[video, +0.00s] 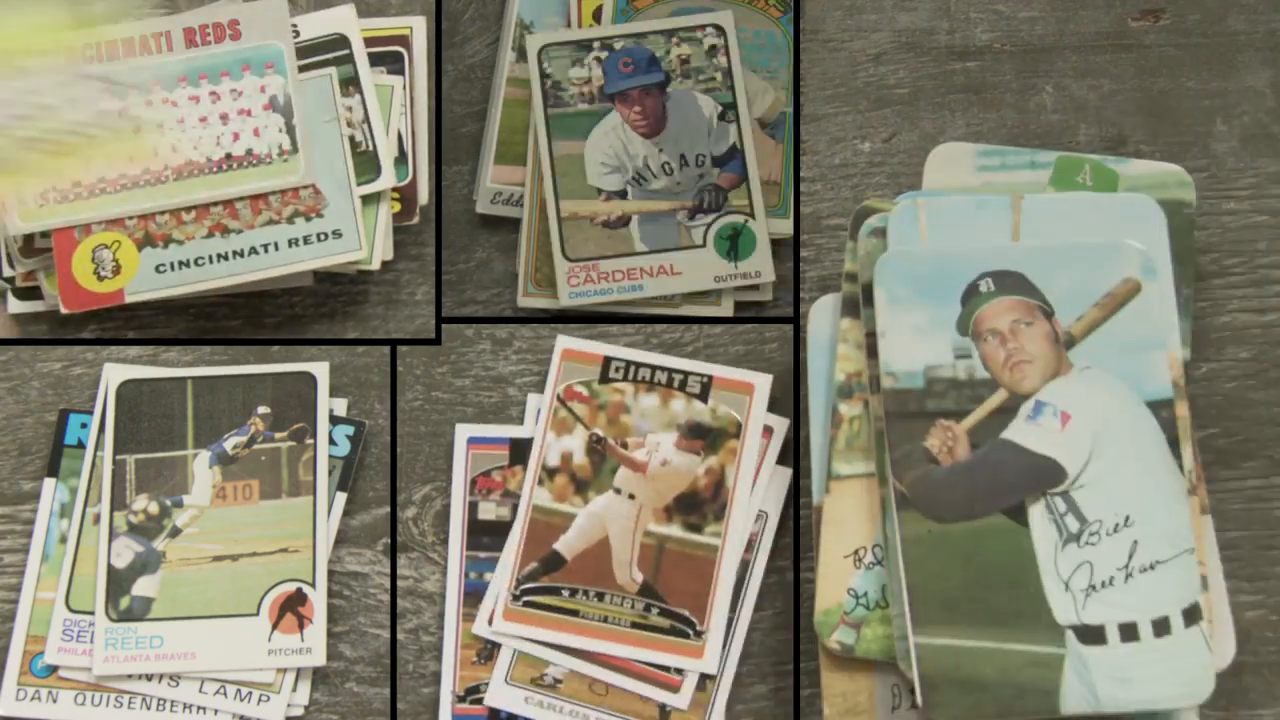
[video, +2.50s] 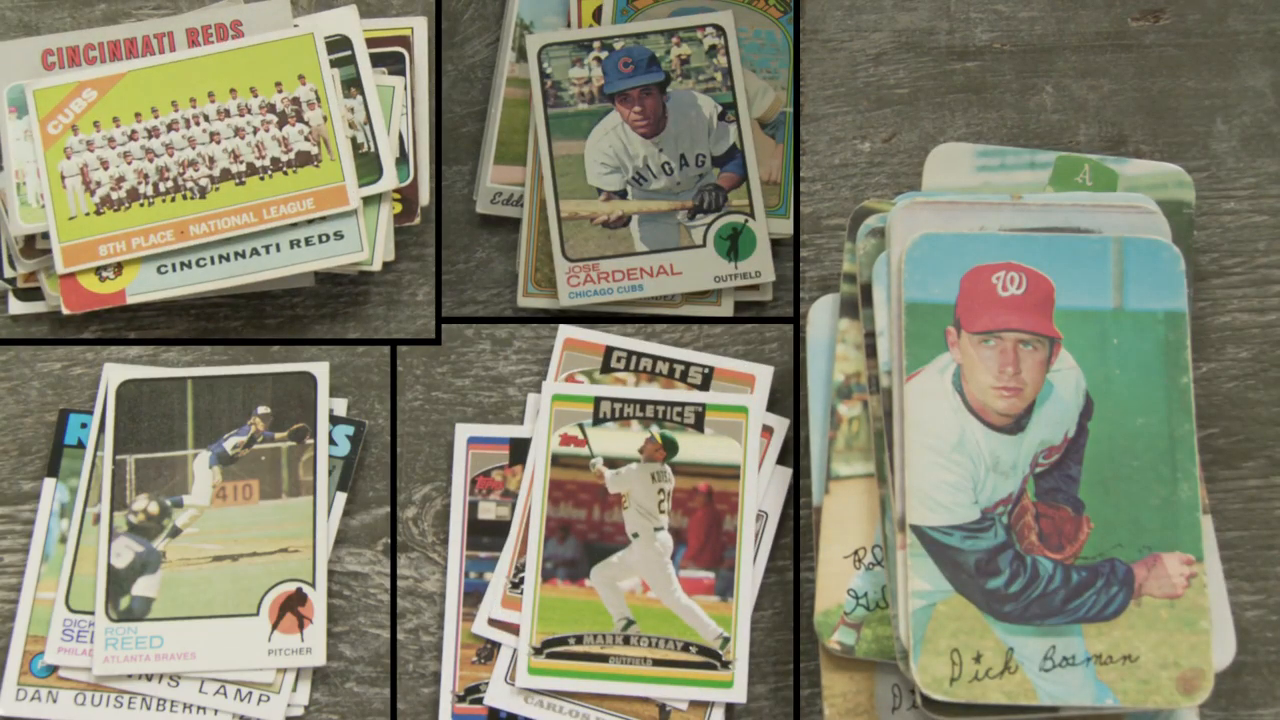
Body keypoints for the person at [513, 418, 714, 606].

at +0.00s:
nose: (680, 440)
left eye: (686, 438)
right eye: (681, 435)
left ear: (699, 444)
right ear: (682, 434)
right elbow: (641, 444)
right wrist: (613, 443)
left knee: (626, 577)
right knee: (567, 545)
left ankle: (672, 619)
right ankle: (516, 585)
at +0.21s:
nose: (631, 465)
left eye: (637, 463)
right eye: (634, 461)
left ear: (649, 474)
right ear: (649, 475)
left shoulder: (627, 498)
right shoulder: (659, 494)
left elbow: (603, 512)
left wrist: (588, 498)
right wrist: (598, 500)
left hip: (651, 572)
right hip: (662, 567)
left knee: (679, 626)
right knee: (606, 615)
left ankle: (734, 664)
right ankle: (638, 666)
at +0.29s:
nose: (639, 447)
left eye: (646, 446)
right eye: (642, 444)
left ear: (655, 456)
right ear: (655, 457)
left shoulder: (630, 476)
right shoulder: (661, 475)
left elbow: (606, 486)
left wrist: (593, 472)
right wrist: (600, 475)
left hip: (646, 544)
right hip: (656, 541)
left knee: (670, 599)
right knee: (599, 579)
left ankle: (718, 637)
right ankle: (623, 626)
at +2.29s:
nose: (645, 443)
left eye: (651, 442)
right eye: (648, 440)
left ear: (661, 454)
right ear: (661, 456)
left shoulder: (636, 471)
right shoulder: (666, 473)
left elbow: (611, 482)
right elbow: (630, 481)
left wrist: (600, 467)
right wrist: (605, 473)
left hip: (649, 542)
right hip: (658, 539)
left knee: (672, 596)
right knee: (600, 574)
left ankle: (718, 636)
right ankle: (624, 622)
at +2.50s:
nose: (645, 443)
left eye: (651, 442)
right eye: (648, 440)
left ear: (661, 454)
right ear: (661, 456)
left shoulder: (636, 471)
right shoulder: (666, 473)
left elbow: (611, 482)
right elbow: (630, 481)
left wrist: (600, 467)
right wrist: (605, 473)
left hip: (649, 542)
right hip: (658, 539)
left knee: (672, 596)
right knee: (600, 574)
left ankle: (718, 636)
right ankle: (624, 622)